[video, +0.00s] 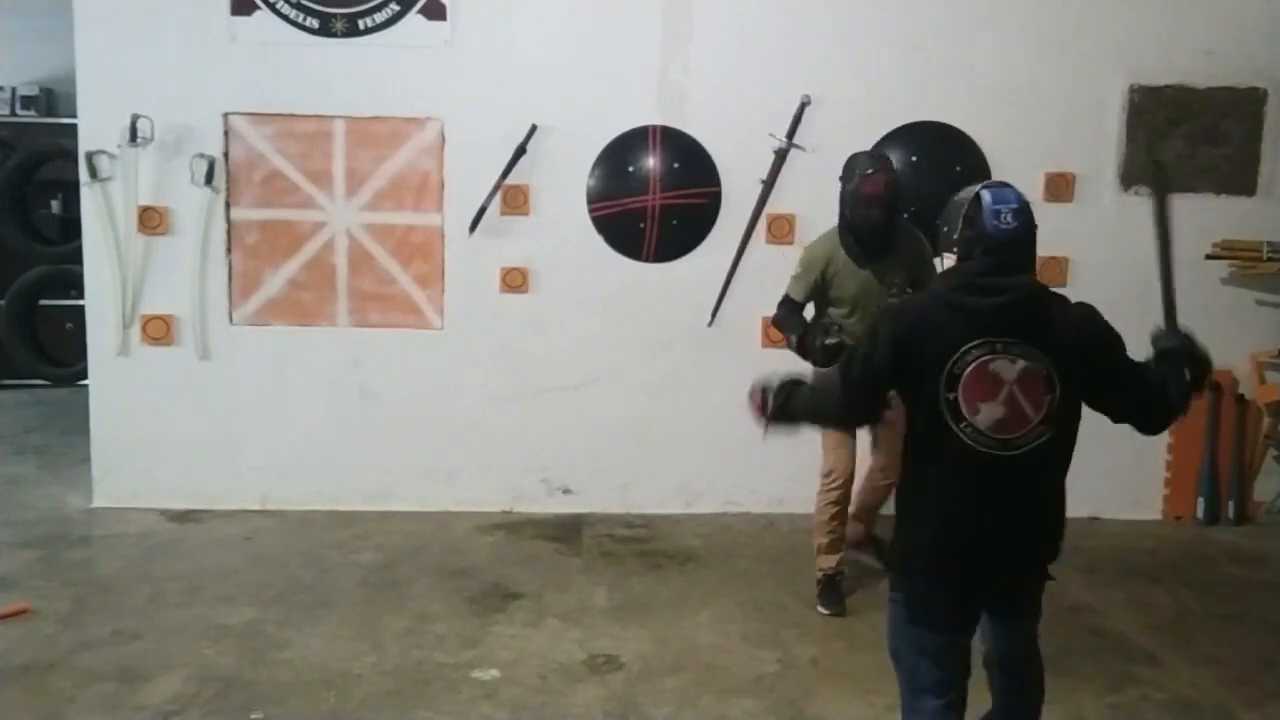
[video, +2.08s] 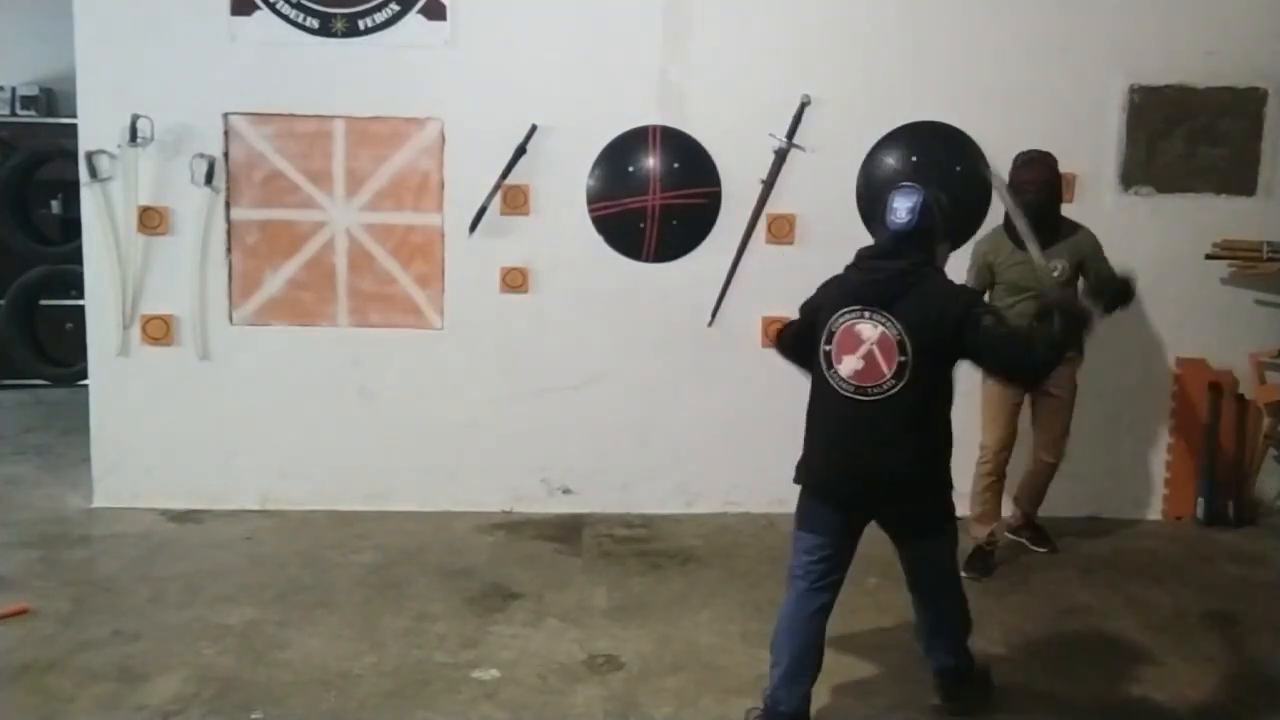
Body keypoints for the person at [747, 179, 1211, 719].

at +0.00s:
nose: (942, 247)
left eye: (948, 237)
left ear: (958, 243)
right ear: (1030, 243)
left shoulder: (914, 320)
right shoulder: (1072, 324)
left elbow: (848, 400)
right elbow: (1148, 408)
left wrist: (787, 398)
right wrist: (1178, 361)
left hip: (933, 545)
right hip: (1025, 541)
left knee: (930, 690)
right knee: (1016, 669)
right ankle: (1014, 714)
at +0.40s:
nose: (970, 235)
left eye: (977, 227)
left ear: (980, 234)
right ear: (1047, 239)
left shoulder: (933, 301)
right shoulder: (1078, 313)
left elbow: (860, 357)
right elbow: (1150, 372)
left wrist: (856, 439)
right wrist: (1139, 299)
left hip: (937, 509)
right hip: (1024, 514)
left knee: (911, 639)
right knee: (1012, 640)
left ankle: (914, 714)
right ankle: (1009, 712)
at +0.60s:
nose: (960, 227)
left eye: (965, 220)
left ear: (970, 227)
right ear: (1031, 230)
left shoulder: (930, 297)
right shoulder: (1061, 309)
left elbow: (892, 391)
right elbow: (1067, 381)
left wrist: (887, 468)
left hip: (930, 492)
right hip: (1014, 496)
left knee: (883, 621)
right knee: (1004, 632)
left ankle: (862, 710)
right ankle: (1008, 714)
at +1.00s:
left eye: (887, 205)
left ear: (882, 215)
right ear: (961, 224)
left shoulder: (858, 295)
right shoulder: (981, 304)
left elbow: (806, 375)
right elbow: (980, 401)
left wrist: (816, 445)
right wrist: (953, 451)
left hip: (857, 487)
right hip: (943, 488)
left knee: (818, 614)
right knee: (949, 596)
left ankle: (798, 709)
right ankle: (960, 702)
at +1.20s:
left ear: (875, 228)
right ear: (947, 232)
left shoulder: (845, 303)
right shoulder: (968, 307)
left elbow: (806, 383)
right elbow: (980, 369)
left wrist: (799, 449)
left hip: (854, 482)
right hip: (939, 483)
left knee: (821, 610)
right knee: (942, 591)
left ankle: (800, 709)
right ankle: (951, 695)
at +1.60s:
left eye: (901, 223)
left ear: (900, 228)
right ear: (962, 230)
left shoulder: (867, 292)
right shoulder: (989, 300)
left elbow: (826, 366)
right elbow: (1027, 374)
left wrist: (833, 405)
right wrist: (1044, 396)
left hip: (872, 466)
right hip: (952, 471)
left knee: (827, 582)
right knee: (953, 580)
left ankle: (799, 706)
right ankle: (955, 690)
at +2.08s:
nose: (956, 244)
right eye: (955, 232)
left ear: (877, 219)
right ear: (945, 229)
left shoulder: (837, 291)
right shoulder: (949, 304)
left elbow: (798, 345)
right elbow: (1022, 360)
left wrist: (849, 361)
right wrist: (1066, 317)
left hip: (833, 473)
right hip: (913, 479)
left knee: (808, 588)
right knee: (935, 581)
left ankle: (782, 707)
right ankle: (953, 677)